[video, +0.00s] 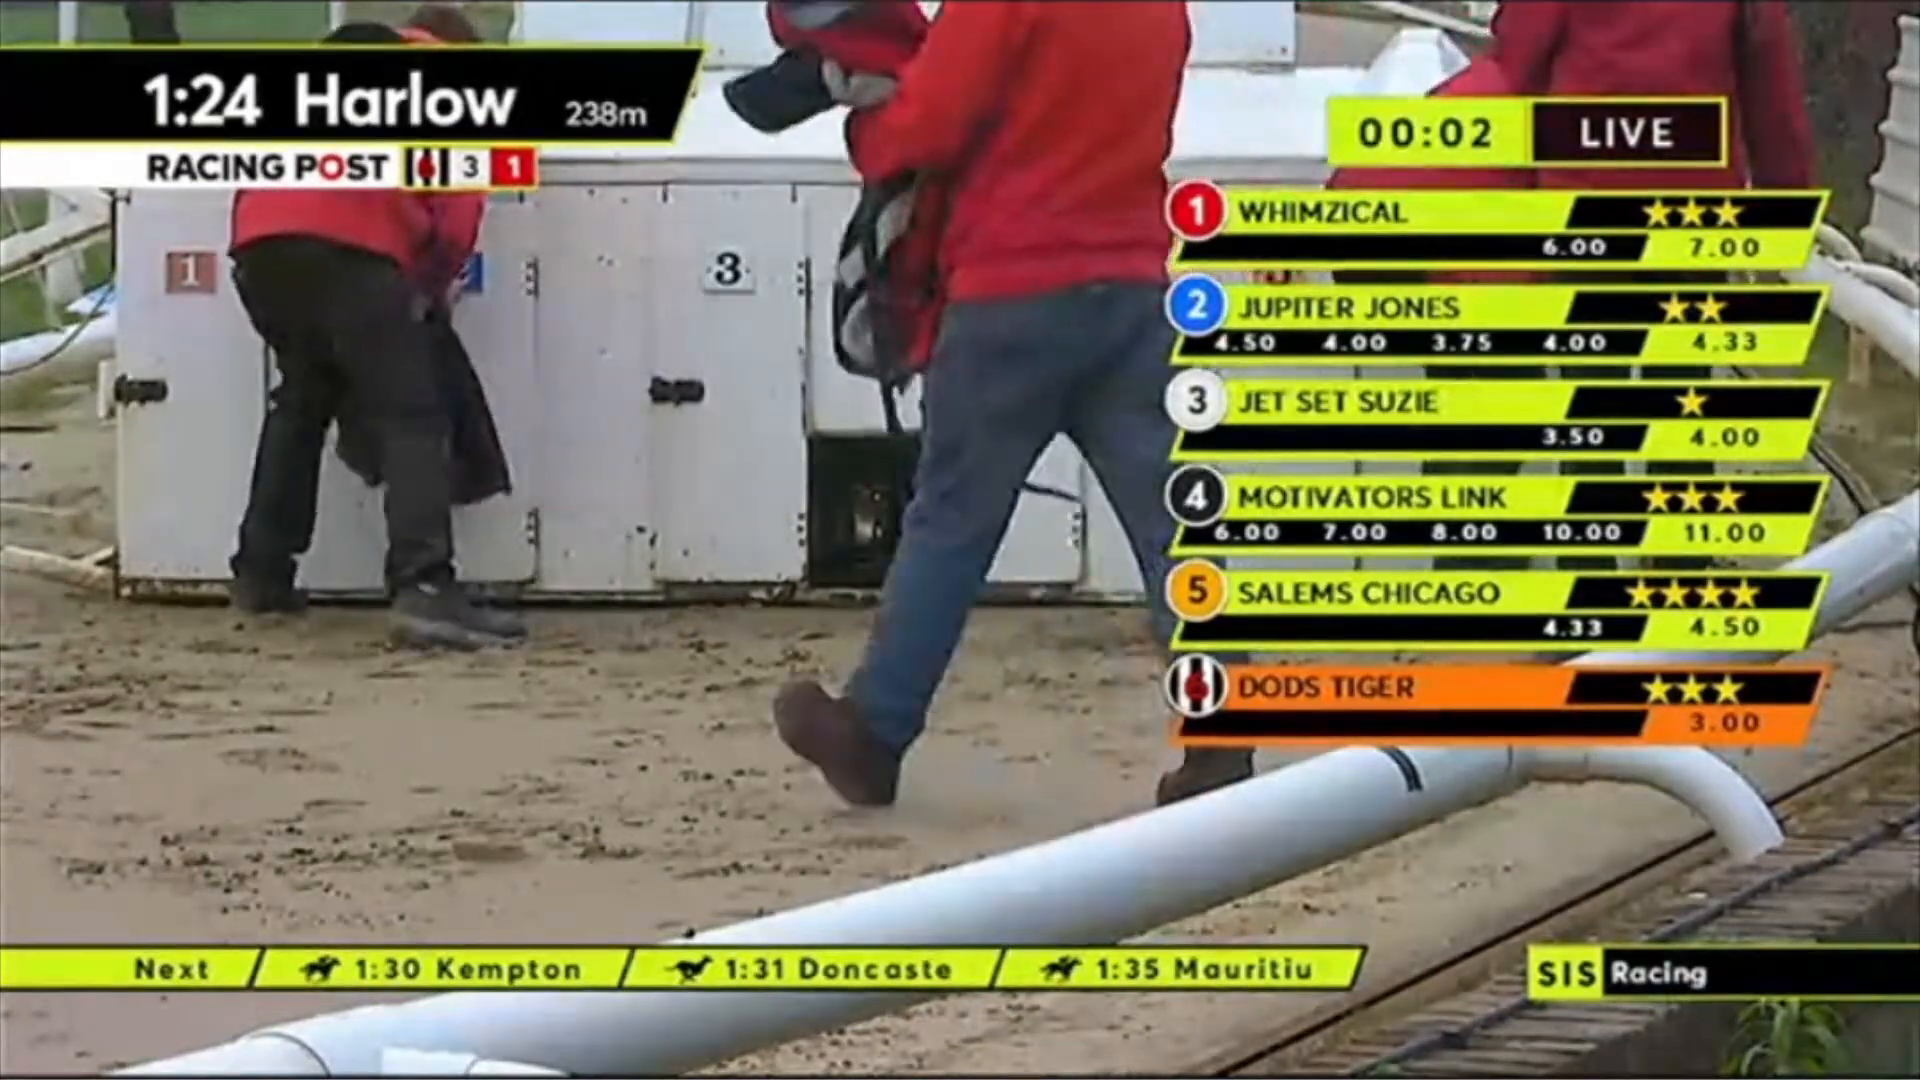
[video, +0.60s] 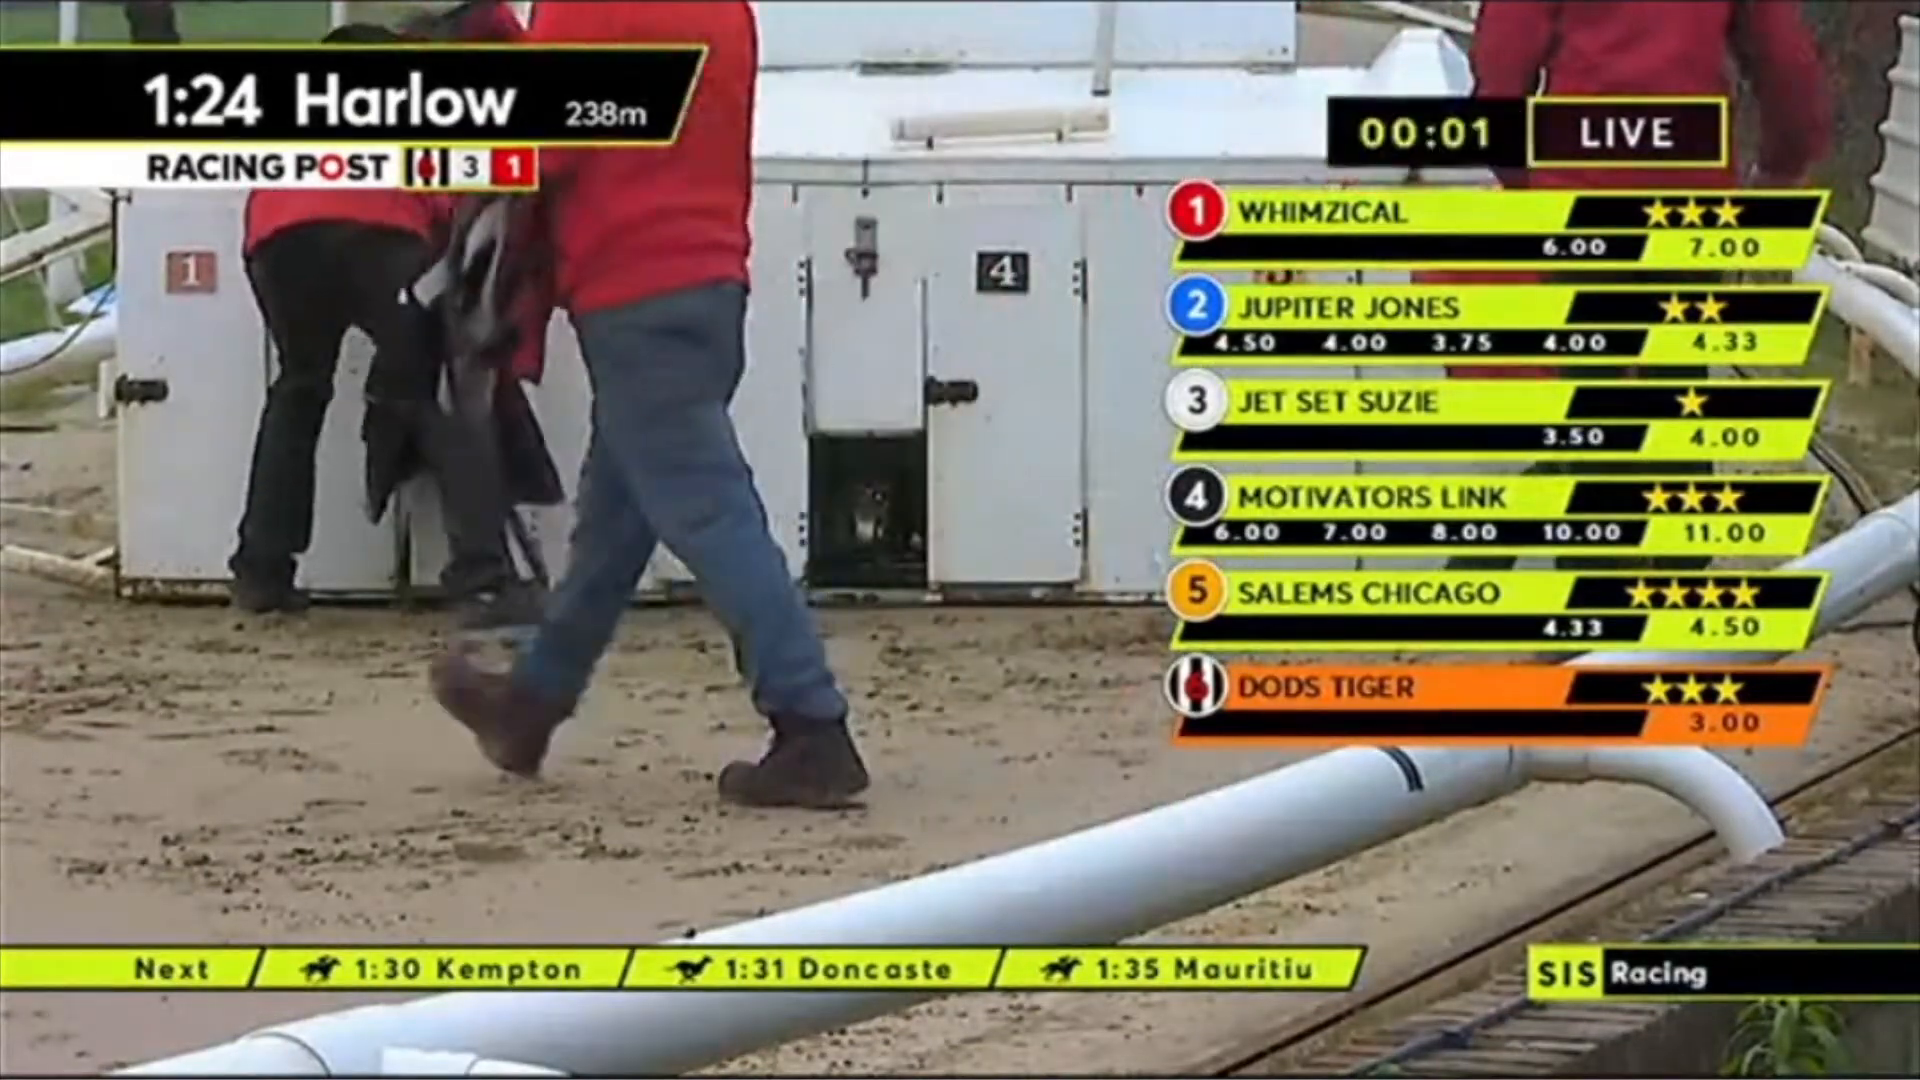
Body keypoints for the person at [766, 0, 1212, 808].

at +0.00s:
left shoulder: (1007, 4)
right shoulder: (1164, 10)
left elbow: (928, 123)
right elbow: (1135, 130)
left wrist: (868, 138)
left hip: (1015, 295)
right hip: (1134, 295)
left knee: (950, 525)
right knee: (1175, 534)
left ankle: (873, 734)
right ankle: (1221, 736)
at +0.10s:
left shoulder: (948, 8)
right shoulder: (1102, 13)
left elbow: (894, 153)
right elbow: (1069, 140)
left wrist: (836, 174)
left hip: (970, 313)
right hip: (1091, 308)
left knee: (904, 532)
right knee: (1142, 535)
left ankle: (841, 741)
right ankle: (1212, 727)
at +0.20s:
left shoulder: (840, 17)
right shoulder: (1000, 17)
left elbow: (829, 174)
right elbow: (977, 154)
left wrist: (770, 211)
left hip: (878, 315)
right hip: (997, 307)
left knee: (822, 528)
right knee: (1035, 512)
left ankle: (820, 749)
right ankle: (1166, 695)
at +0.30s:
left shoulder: (782, 14)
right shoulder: (945, 14)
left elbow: (773, 170)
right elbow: (922, 147)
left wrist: (714, 162)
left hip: (822, 309)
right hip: (939, 303)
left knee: (784, 531)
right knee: (938, 502)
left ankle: (816, 750)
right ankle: (1072, 640)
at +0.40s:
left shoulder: (712, 6)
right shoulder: (871, 11)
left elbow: (694, 141)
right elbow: (866, 131)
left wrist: (621, 143)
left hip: (752, 282)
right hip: (851, 277)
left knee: (760, 515)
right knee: (823, 484)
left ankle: (812, 743)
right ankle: (909, 675)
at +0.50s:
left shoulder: (661, 8)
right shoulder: (822, 15)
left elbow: (633, 136)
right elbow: (823, 132)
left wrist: (566, 140)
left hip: (707, 280)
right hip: (799, 275)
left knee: (743, 514)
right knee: (730, 505)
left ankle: (812, 740)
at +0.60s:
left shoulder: (580, 12)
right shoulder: (732, 16)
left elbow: (541, 155)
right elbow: (711, 154)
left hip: (636, 302)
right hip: (712, 294)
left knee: (710, 516)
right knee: (615, 523)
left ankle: (815, 738)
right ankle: (526, 710)